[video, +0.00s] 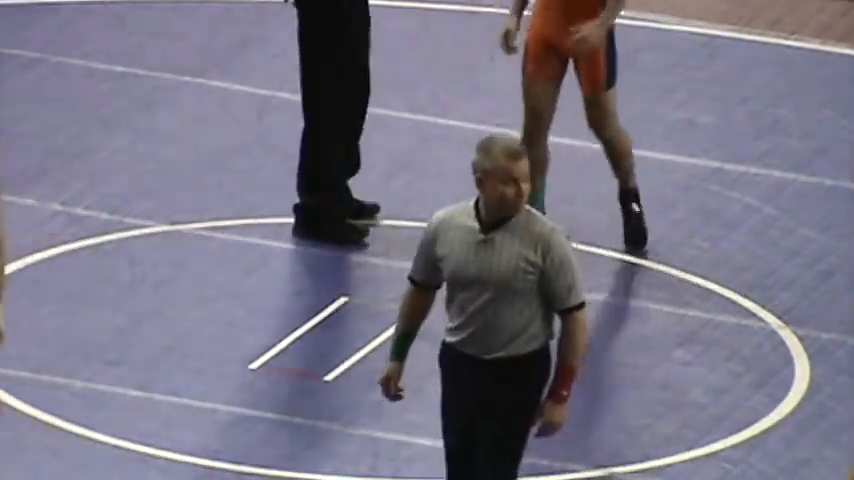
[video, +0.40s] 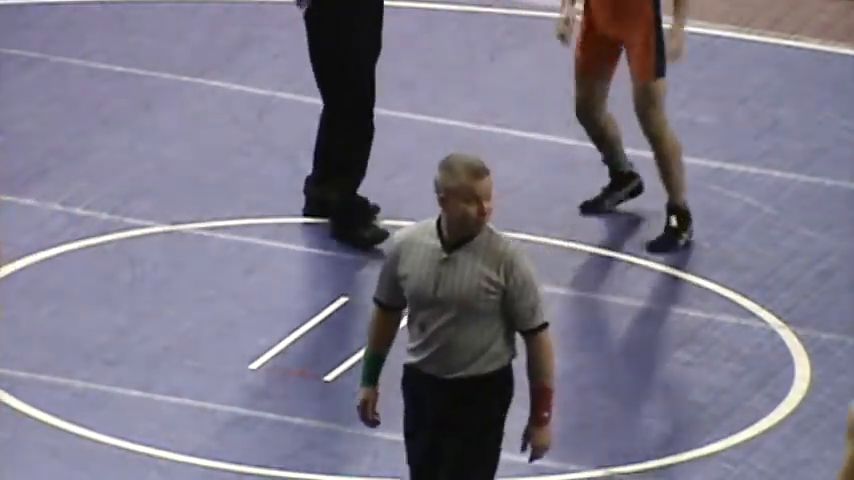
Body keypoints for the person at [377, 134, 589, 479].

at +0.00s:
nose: (522, 191)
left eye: (525, 182)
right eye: (509, 183)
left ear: (532, 180)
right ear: (479, 181)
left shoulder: (546, 239)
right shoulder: (444, 227)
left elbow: (575, 318)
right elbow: (421, 290)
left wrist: (560, 396)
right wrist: (396, 358)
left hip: (520, 369)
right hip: (460, 364)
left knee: (496, 468)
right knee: (459, 465)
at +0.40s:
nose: (484, 209)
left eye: (488, 199)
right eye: (472, 201)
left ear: (493, 197)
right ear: (441, 199)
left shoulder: (507, 260)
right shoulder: (406, 248)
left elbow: (537, 337)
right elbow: (386, 313)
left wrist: (541, 419)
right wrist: (369, 382)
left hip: (483, 391)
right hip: (422, 387)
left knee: (470, 473)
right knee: (423, 472)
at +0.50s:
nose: (466, 216)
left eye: (472, 206)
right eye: (455, 207)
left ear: (479, 202)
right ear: (430, 202)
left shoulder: (497, 261)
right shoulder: (398, 248)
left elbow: (528, 339)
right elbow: (379, 316)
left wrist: (530, 421)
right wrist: (361, 384)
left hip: (474, 397)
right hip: (411, 391)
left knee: (466, 472)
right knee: (397, 472)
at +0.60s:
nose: (434, 225)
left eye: (444, 215)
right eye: (426, 215)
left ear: (462, 207)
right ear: (415, 204)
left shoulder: (487, 267)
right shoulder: (389, 249)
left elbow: (517, 346)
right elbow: (372, 315)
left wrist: (514, 427)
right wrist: (352, 382)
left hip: (463, 403)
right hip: (399, 394)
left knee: (460, 473)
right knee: (371, 473)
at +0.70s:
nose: (405, 233)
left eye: (417, 224)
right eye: (401, 220)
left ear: (444, 218)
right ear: (395, 212)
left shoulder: (474, 273)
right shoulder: (377, 249)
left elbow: (503, 353)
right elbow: (363, 316)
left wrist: (493, 434)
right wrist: (340, 381)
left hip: (448, 406)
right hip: (386, 396)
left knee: (443, 473)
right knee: (350, 473)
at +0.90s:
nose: (357, 244)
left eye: (367, 236)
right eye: (353, 234)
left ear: (395, 229)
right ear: (348, 225)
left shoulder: (428, 280)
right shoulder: (338, 260)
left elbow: (458, 362)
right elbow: (326, 327)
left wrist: (445, 444)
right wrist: (308, 394)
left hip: (408, 412)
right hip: (349, 403)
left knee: (395, 473)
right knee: (318, 472)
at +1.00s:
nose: (330, 247)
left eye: (339, 239)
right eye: (324, 237)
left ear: (366, 230)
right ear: (317, 229)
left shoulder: (399, 283)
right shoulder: (310, 269)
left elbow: (429, 366)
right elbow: (299, 335)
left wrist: (420, 447)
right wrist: (284, 403)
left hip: (380, 415)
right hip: (320, 408)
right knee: (293, 472)